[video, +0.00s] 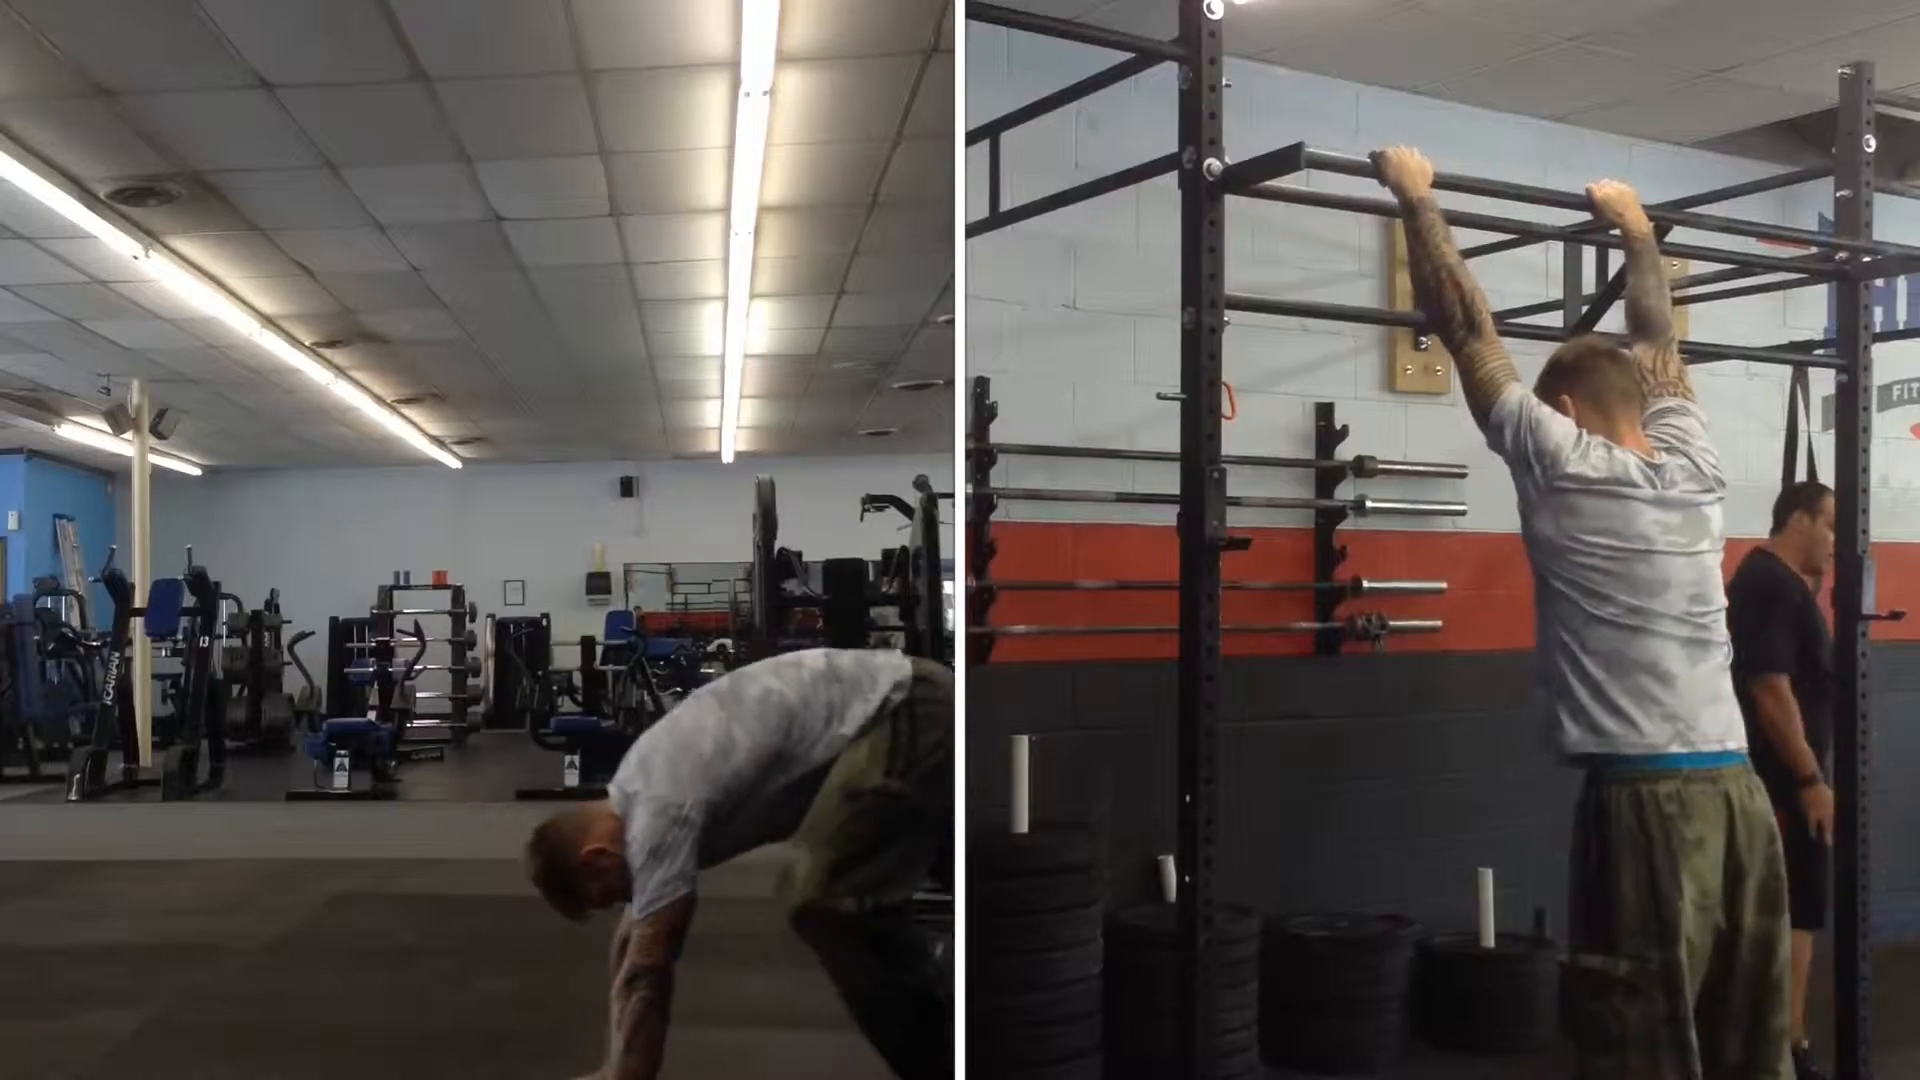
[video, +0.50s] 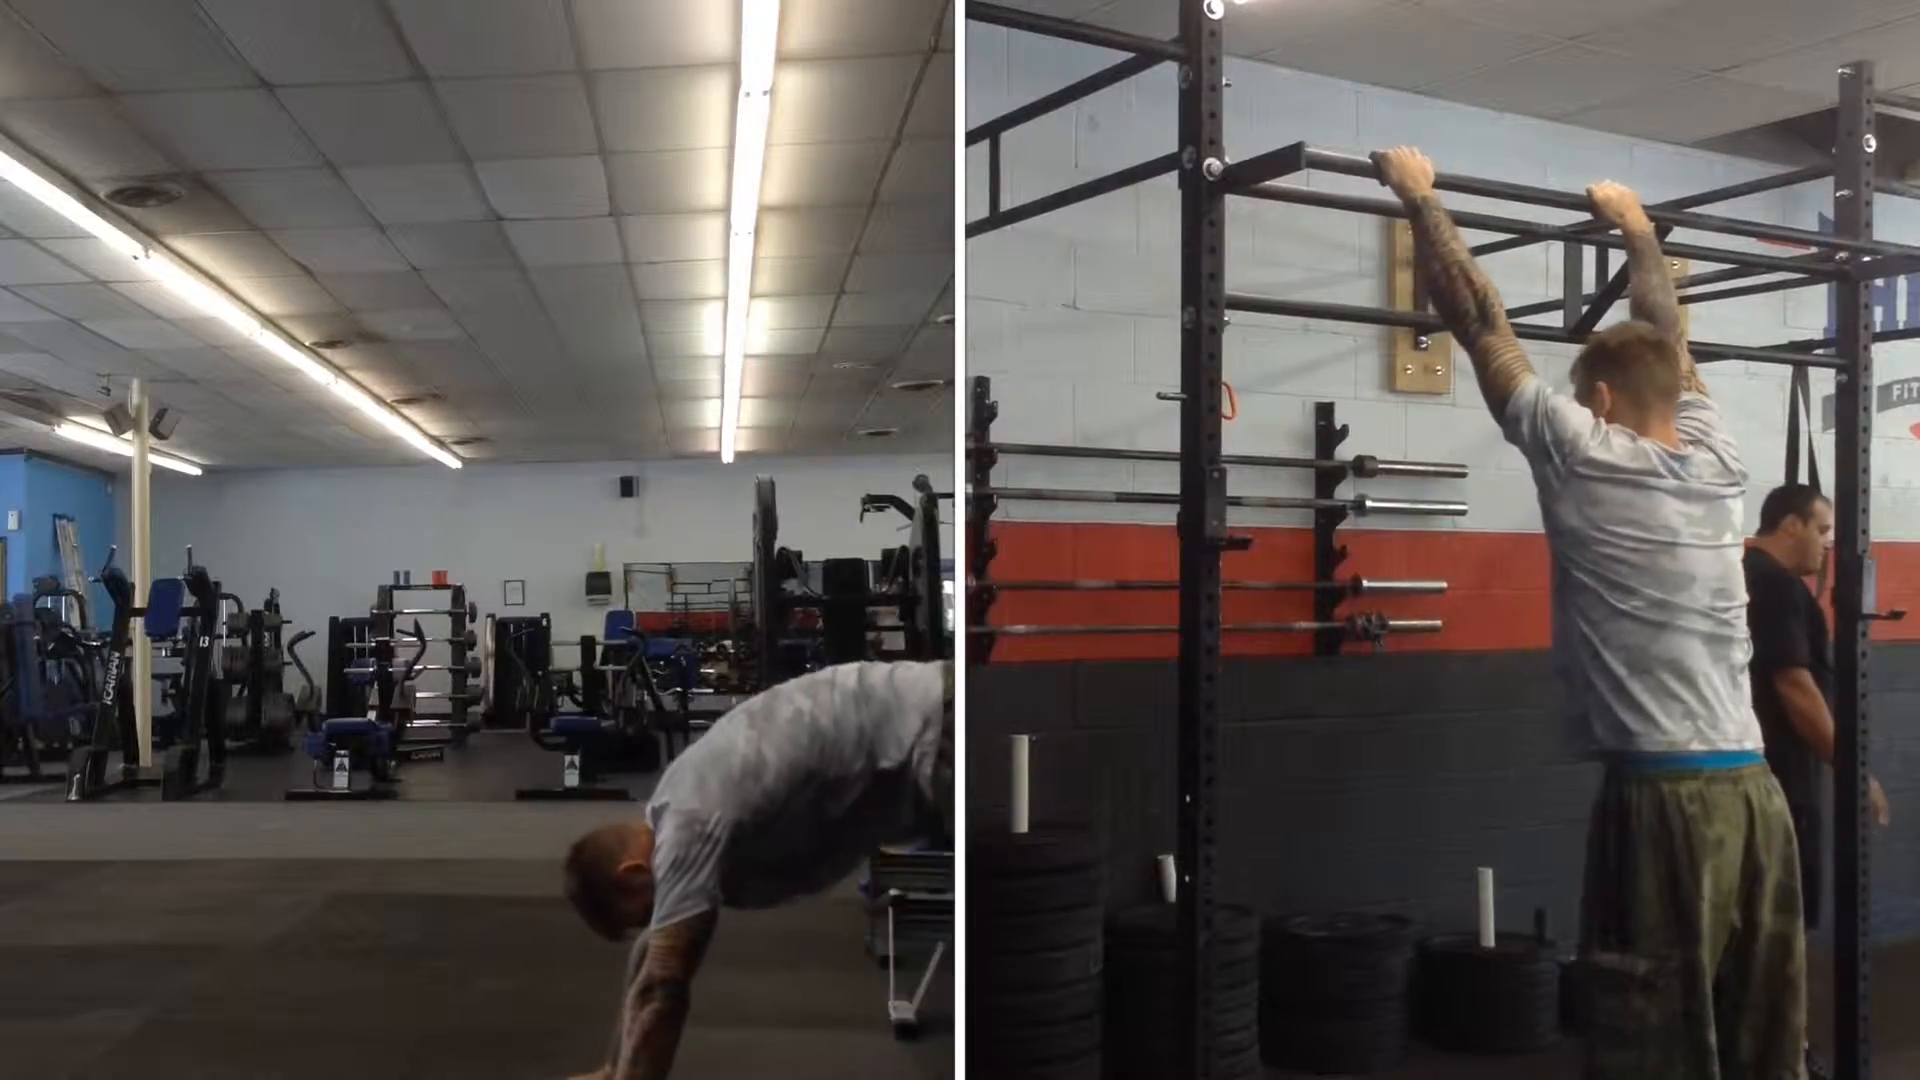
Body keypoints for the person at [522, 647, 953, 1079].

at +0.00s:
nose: (620, 905)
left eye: (606, 897)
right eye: (606, 906)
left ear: (600, 858)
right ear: (601, 844)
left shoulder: (660, 806)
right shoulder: (639, 797)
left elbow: (650, 970)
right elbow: (633, 947)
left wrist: (627, 1068)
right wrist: (616, 1060)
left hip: (908, 709)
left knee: (823, 903)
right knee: (816, 899)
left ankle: (928, 1056)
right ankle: (929, 1049)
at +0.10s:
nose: (627, 909)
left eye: (617, 905)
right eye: (616, 913)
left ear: (611, 865)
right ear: (609, 851)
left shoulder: (671, 812)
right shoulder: (644, 803)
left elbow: (654, 976)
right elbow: (636, 945)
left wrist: (631, 1070)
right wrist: (620, 1062)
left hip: (911, 698)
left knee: (846, 889)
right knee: (842, 885)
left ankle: (947, 1031)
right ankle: (933, 1019)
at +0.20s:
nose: (636, 912)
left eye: (626, 911)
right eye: (626, 918)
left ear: (619, 871)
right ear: (619, 859)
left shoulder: (672, 813)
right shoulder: (651, 808)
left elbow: (654, 978)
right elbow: (639, 960)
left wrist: (630, 1070)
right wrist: (619, 1064)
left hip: (908, 699)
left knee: (912, 915)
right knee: (906, 915)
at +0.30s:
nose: (642, 912)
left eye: (631, 910)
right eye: (632, 918)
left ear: (623, 871)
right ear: (625, 859)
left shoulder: (676, 813)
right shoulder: (659, 810)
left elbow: (656, 981)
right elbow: (642, 962)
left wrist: (627, 1071)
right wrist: (619, 1066)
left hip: (918, 709)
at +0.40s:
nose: (645, 915)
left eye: (635, 913)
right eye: (635, 921)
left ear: (629, 871)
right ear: (630, 857)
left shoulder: (685, 815)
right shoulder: (667, 815)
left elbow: (659, 987)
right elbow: (646, 965)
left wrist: (627, 1074)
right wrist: (617, 1067)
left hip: (933, 715)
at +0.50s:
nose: (650, 919)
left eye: (638, 917)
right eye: (638, 924)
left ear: (633, 875)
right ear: (634, 859)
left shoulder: (691, 819)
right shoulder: (675, 812)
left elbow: (662, 989)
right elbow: (649, 965)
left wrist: (628, 1074)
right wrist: (614, 1068)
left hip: (947, 728)